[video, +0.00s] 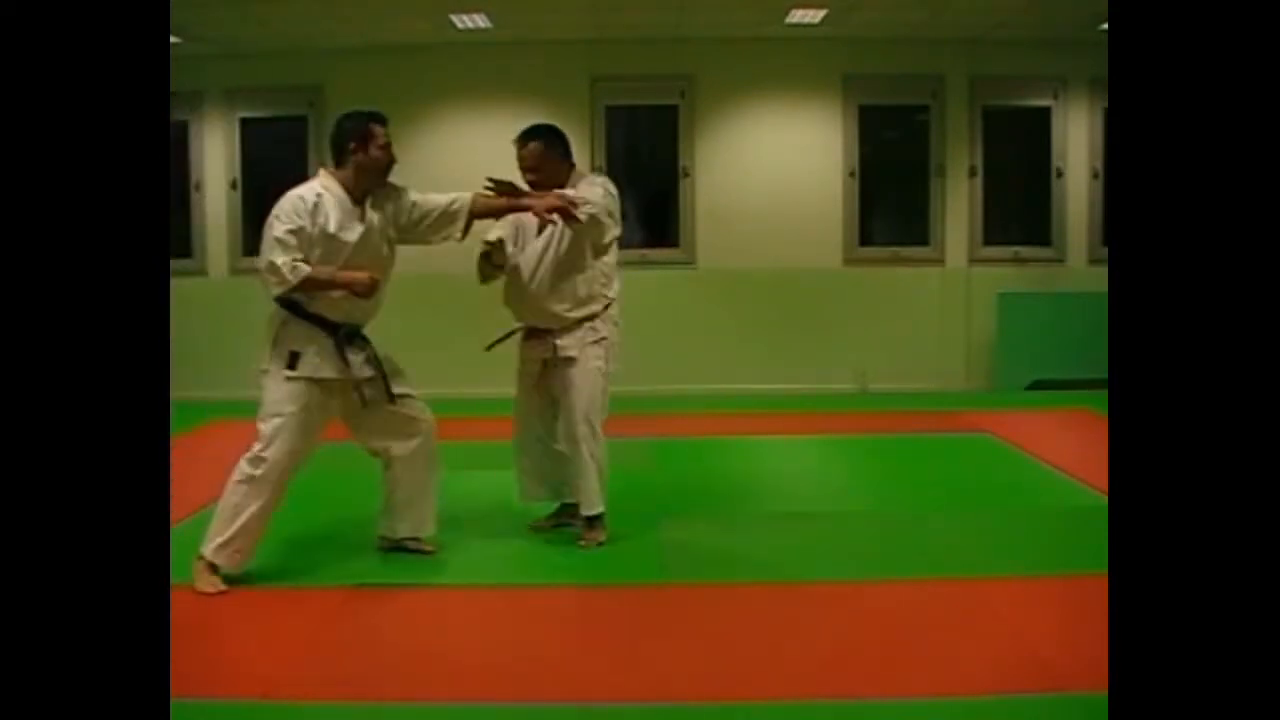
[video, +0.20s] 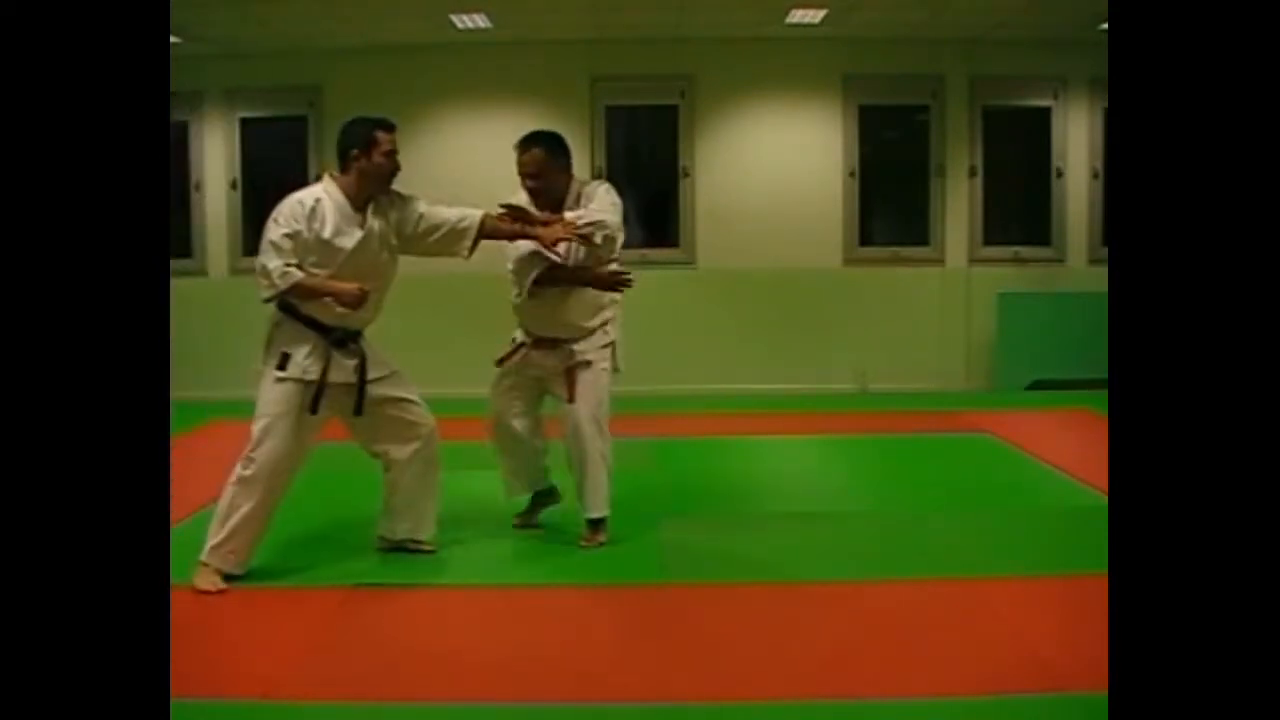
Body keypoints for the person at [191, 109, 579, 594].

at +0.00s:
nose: (393, 157)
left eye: (391, 147)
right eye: (384, 147)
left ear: (368, 151)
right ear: (356, 152)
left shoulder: (389, 202)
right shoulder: (303, 203)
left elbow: (457, 207)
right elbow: (280, 271)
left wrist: (527, 201)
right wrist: (342, 279)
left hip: (352, 345)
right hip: (301, 343)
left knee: (413, 430)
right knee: (275, 454)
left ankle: (404, 534)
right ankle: (215, 560)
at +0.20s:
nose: (398, 163)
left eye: (397, 153)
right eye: (389, 154)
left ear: (373, 159)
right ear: (359, 157)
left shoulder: (392, 211)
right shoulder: (304, 207)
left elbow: (461, 223)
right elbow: (275, 273)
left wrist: (534, 231)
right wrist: (331, 288)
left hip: (353, 347)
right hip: (299, 343)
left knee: (416, 430)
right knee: (271, 453)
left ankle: (403, 536)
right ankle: (218, 562)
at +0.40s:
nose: (396, 164)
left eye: (396, 154)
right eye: (388, 154)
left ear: (373, 159)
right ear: (357, 157)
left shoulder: (390, 210)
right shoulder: (300, 205)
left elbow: (461, 225)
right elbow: (271, 272)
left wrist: (535, 234)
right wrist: (327, 287)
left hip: (351, 346)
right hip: (297, 342)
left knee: (412, 430)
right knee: (266, 455)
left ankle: (404, 536)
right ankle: (217, 564)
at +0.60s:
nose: (393, 163)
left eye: (393, 153)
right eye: (385, 153)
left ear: (368, 156)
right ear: (353, 154)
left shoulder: (387, 209)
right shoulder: (293, 203)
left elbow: (458, 226)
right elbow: (254, 267)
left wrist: (532, 241)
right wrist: (298, 287)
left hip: (349, 345)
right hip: (294, 341)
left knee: (414, 433)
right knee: (266, 454)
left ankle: (403, 536)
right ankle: (216, 564)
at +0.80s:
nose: (393, 165)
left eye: (393, 156)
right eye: (385, 155)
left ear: (368, 158)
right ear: (354, 156)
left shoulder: (384, 211)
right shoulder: (290, 201)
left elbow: (454, 236)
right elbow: (246, 267)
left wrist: (523, 254)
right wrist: (292, 308)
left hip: (347, 345)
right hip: (290, 345)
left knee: (410, 432)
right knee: (262, 457)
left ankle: (403, 535)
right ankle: (217, 565)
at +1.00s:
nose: (388, 172)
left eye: (388, 163)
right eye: (380, 163)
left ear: (358, 165)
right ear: (346, 163)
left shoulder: (379, 220)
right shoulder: (284, 208)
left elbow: (439, 263)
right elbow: (239, 273)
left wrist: (503, 303)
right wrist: (281, 317)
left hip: (339, 350)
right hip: (283, 350)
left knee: (405, 431)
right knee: (259, 457)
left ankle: (401, 534)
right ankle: (216, 568)